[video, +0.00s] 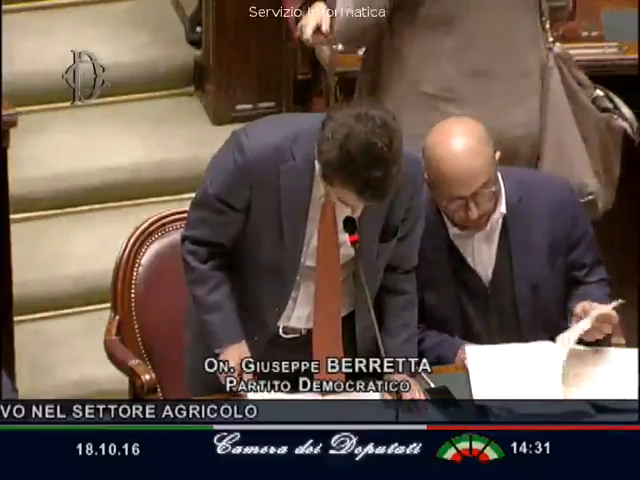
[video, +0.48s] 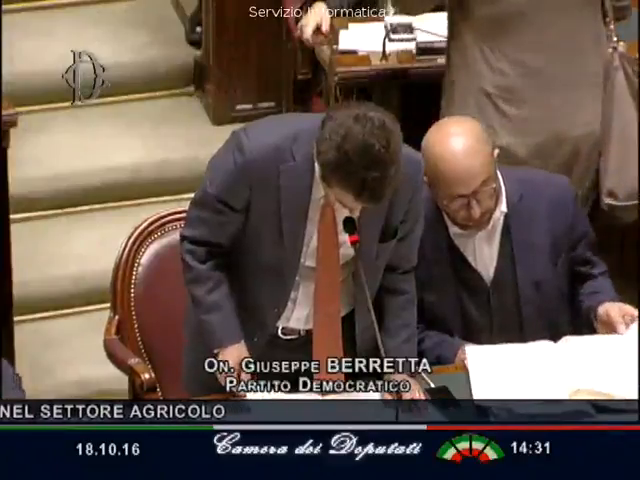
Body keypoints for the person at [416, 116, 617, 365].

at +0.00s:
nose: (474, 211)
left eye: (484, 192)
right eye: (456, 201)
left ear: (496, 160)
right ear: (429, 182)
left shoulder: (554, 199)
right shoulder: (408, 222)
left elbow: (589, 278)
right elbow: (399, 325)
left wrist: (588, 310)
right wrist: (456, 355)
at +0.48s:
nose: (474, 210)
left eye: (484, 190)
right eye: (457, 199)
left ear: (495, 157)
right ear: (428, 183)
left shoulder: (554, 197)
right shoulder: (409, 222)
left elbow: (587, 272)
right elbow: (398, 326)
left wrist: (603, 307)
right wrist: (455, 353)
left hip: (555, 377)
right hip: (458, 387)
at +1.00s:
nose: (475, 208)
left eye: (482, 189)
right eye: (458, 199)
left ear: (494, 159)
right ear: (430, 184)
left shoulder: (552, 195)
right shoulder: (410, 221)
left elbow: (597, 276)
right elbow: (402, 327)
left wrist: (580, 298)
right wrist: (455, 354)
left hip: (553, 372)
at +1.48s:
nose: (480, 207)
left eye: (485, 186)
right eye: (462, 199)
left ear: (492, 158)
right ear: (431, 190)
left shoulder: (552, 199)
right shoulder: (409, 225)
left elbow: (595, 283)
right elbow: (402, 329)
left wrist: (557, 312)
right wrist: (457, 353)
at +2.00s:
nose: (480, 206)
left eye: (486, 185)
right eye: (462, 198)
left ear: (493, 156)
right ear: (431, 187)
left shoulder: (552, 196)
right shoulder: (409, 224)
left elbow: (594, 284)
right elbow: (401, 326)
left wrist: (563, 316)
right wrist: (454, 353)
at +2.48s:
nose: (473, 210)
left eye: (480, 191)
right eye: (455, 200)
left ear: (493, 161)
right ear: (428, 188)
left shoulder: (553, 198)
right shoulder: (408, 224)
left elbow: (594, 279)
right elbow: (396, 326)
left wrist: (583, 312)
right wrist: (446, 350)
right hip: (461, 382)